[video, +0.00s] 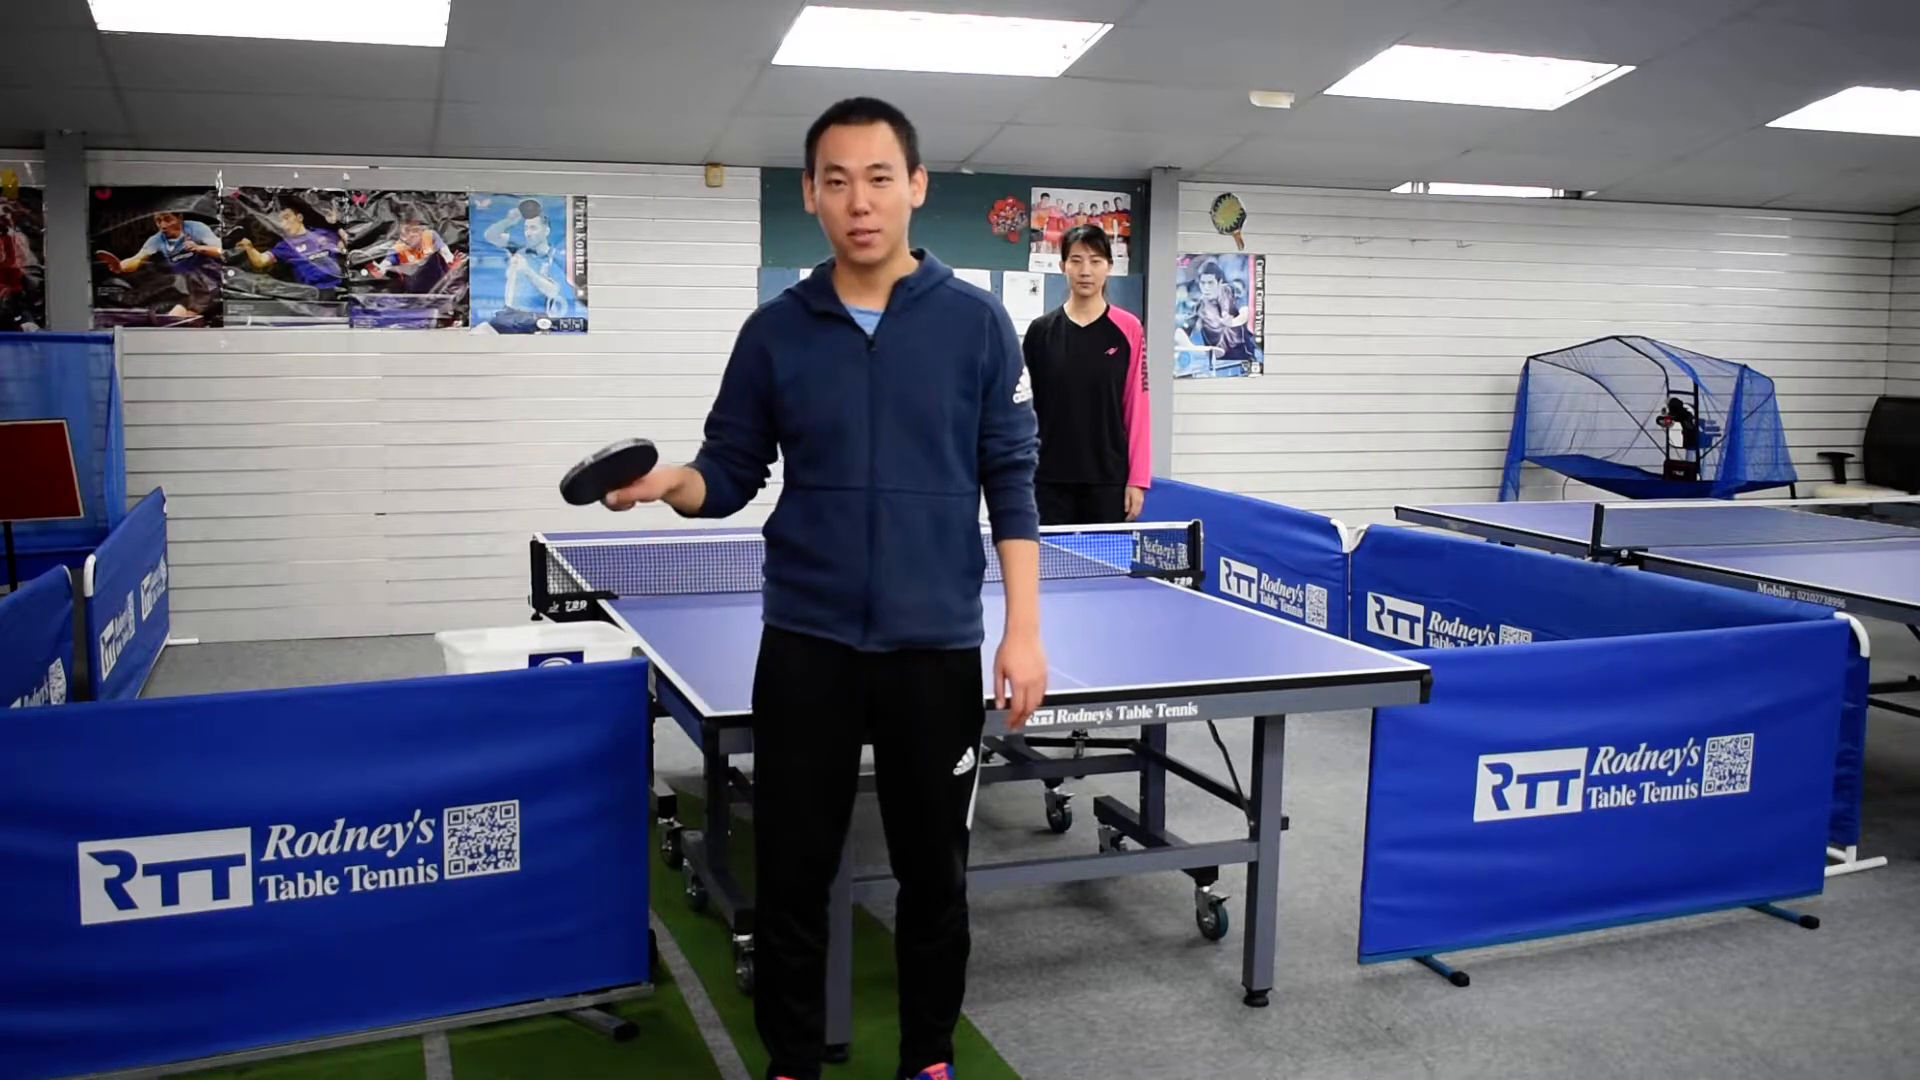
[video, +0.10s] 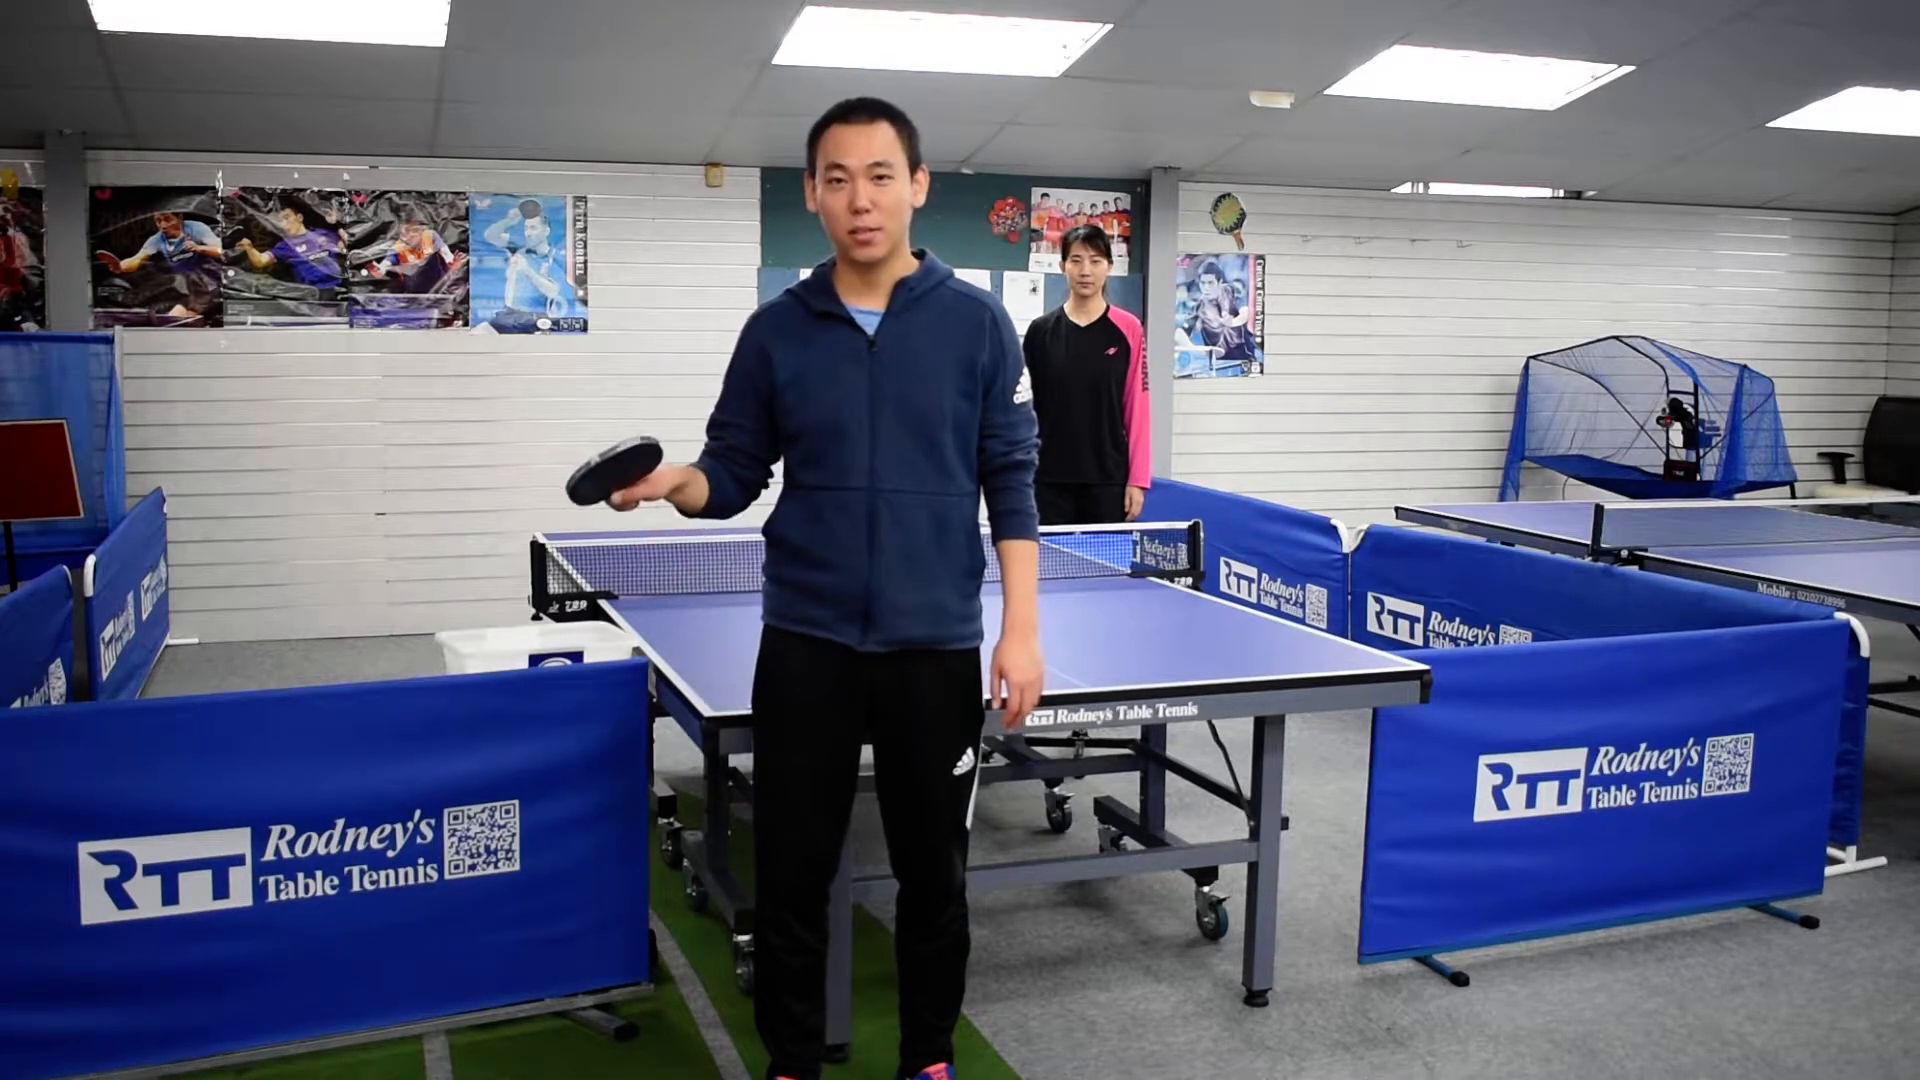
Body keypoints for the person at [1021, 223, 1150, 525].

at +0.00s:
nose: (1085, 271)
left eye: (1095, 262)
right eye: (1076, 261)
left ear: (1109, 268)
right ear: (1063, 267)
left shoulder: (1128, 329)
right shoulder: (1040, 331)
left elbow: (1137, 407)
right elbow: (1024, 404)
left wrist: (1138, 478)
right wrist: (1021, 476)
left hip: (1107, 481)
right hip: (1050, 480)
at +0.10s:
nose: (1085, 271)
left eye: (1095, 262)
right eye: (1076, 261)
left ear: (1109, 268)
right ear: (1063, 267)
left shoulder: (1128, 329)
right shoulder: (1040, 331)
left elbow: (1137, 407)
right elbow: (1023, 404)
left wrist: (1138, 478)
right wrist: (1021, 476)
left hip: (1107, 481)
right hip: (1050, 479)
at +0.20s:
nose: (1085, 271)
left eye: (1095, 262)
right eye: (1076, 261)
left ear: (1109, 268)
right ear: (1063, 267)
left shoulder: (1128, 329)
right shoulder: (1040, 331)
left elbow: (1137, 407)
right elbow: (1024, 405)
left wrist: (1138, 478)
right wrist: (1021, 476)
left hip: (1107, 481)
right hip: (1050, 479)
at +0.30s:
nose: (1085, 271)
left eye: (1095, 262)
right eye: (1076, 261)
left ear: (1109, 268)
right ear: (1064, 266)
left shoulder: (1128, 329)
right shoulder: (1040, 331)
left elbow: (1137, 407)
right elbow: (1023, 405)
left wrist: (1138, 479)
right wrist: (1020, 476)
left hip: (1107, 481)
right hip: (1049, 480)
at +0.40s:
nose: (1085, 271)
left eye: (1096, 262)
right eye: (1076, 261)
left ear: (1109, 268)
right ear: (1064, 266)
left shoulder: (1128, 329)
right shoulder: (1040, 331)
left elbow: (1137, 407)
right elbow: (1023, 405)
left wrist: (1138, 478)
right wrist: (1021, 477)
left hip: (1107, 481)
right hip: (1050, 480)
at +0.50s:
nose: (1086, 271)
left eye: (1096, 262)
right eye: (1076, 261)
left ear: (1109, 268)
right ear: (1064, 266)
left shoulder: (1128, 329)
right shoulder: (1040, 331)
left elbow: (1137, 407)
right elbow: (1023, 405)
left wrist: (1138, 478)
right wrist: (1021, 477)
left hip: (1108, 481)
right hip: (1050, 480)